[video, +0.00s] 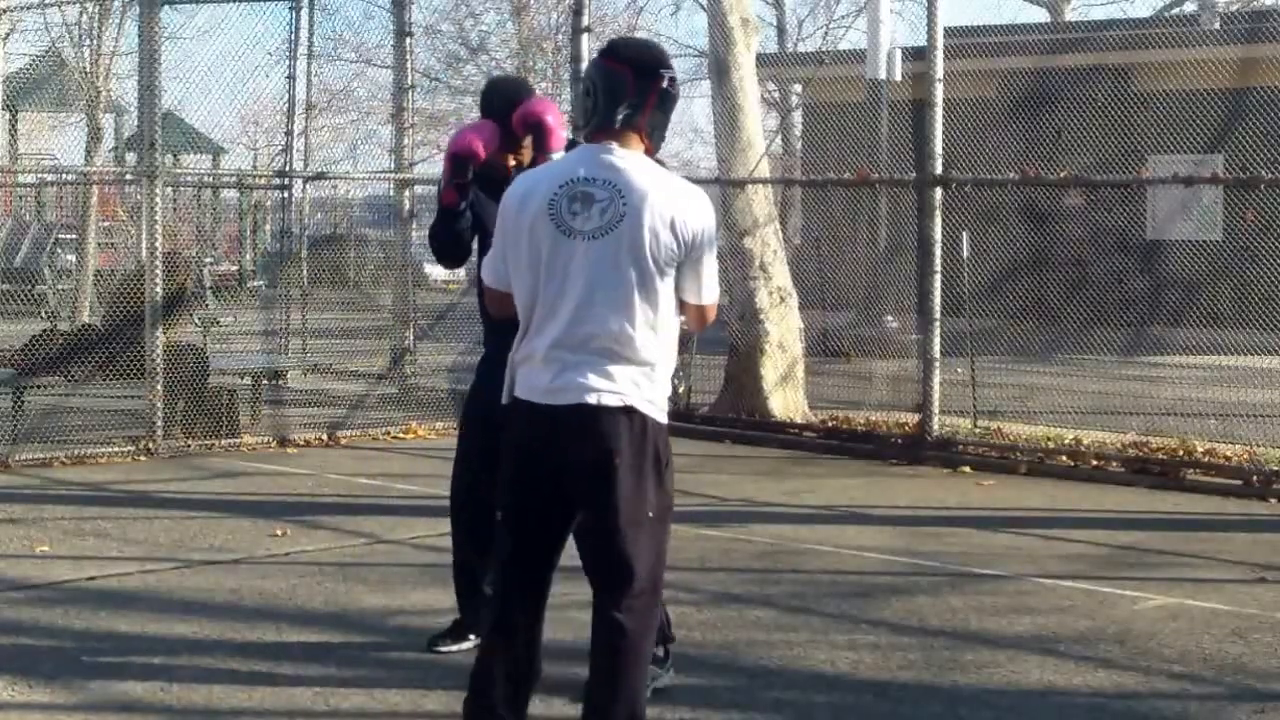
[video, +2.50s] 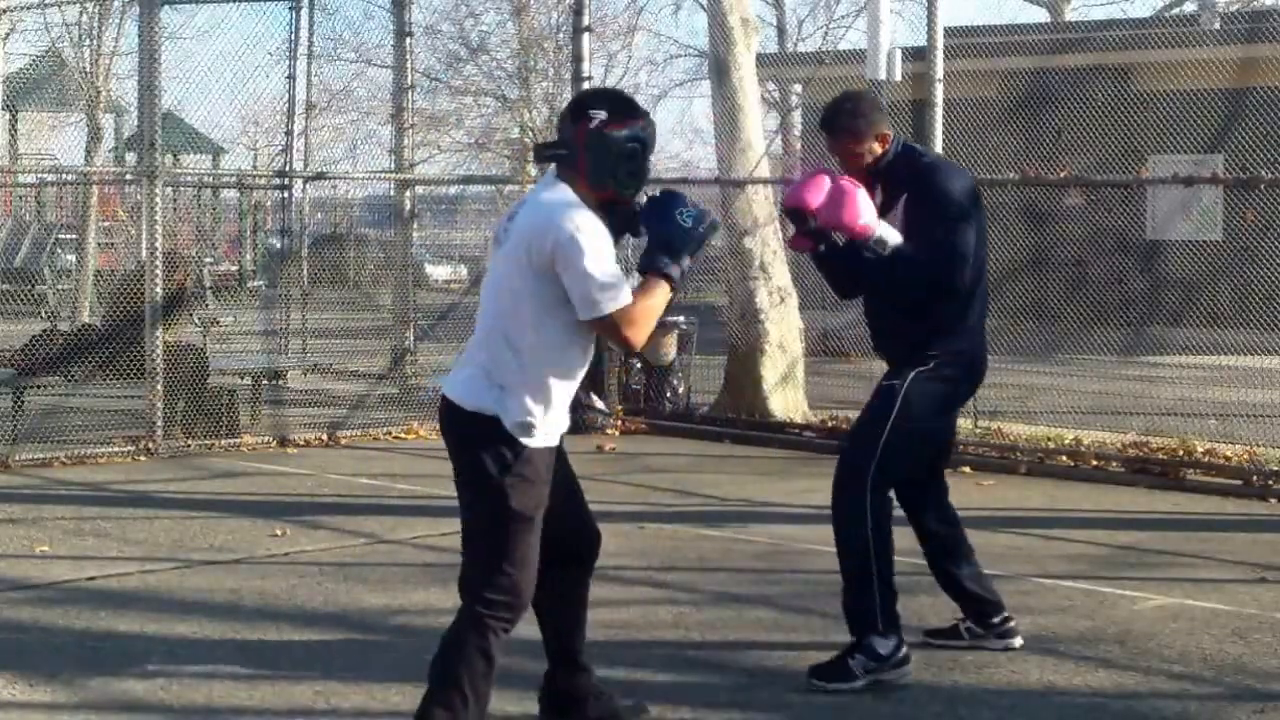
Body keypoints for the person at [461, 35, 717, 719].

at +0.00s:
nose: (670, 113)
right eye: (668, 103)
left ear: (587, 102)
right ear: (658, 108)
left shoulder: (527, 188)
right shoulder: (682, 201)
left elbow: (499, 301)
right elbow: (700, 314)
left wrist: (576, 301)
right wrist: (632, 305)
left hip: (531, 416)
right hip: (624, 422)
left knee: (515, 591)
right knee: (627, 599)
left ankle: (493, 712)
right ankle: (615, 713)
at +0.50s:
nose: (587, 105)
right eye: (582, 94)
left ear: (512, 107)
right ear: (577, 100)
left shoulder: (474, 190)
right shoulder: (610, 180)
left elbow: (483, 277)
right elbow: (642, 282)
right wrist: (564, 280)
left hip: (489, 400)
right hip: (574, 401)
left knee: (495, 580)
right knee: (583, 582)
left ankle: (487, 709)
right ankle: (573, 707)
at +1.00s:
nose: (656, 134)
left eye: (656, 121)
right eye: (650, 121)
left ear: (586, 110)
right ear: (626, 122)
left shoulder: (534, 165)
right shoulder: (621, 209)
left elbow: (476, 220)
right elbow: (662, 323)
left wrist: (542, 260)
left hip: (507, 400)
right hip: (573, 413)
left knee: (530, 566)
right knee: (583, 584)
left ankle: (518, 701)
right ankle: (548, 706)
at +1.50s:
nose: (646, 121)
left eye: (645, 106)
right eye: (640, 106)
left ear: (574, 105)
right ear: (622, 109)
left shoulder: (534, 175)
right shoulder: (615, 191)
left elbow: (581, 267)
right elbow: (672, 301)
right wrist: (670, 229)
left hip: (516, 389)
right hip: (567, 399)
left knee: (543, 559)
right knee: (572, 569)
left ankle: (531, 699)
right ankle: (539, 705)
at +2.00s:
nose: (715, 368)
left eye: (726, 358)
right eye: (719, 354)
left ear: (689, 311)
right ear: (695, 328)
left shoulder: (641, 325)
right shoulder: (625, 361)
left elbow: (632, 436)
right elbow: (608, 477)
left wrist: (684, 421)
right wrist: (683, 437)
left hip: (534, 467)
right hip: (492, 471)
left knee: (629, 535)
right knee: (568, 598)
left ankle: (616, 680)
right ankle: (476, 708)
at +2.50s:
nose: (635, 161)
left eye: (642, 147)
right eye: (622, 146)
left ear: (574, 150)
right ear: (580, 147)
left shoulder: (547, 206)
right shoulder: (569, 222)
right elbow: (631, 327)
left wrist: (625, 242)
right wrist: (668, 261)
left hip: (524, 419)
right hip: (500, 424)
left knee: (573, 544)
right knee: (498, 597)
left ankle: (570, 690)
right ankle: (446, 712)